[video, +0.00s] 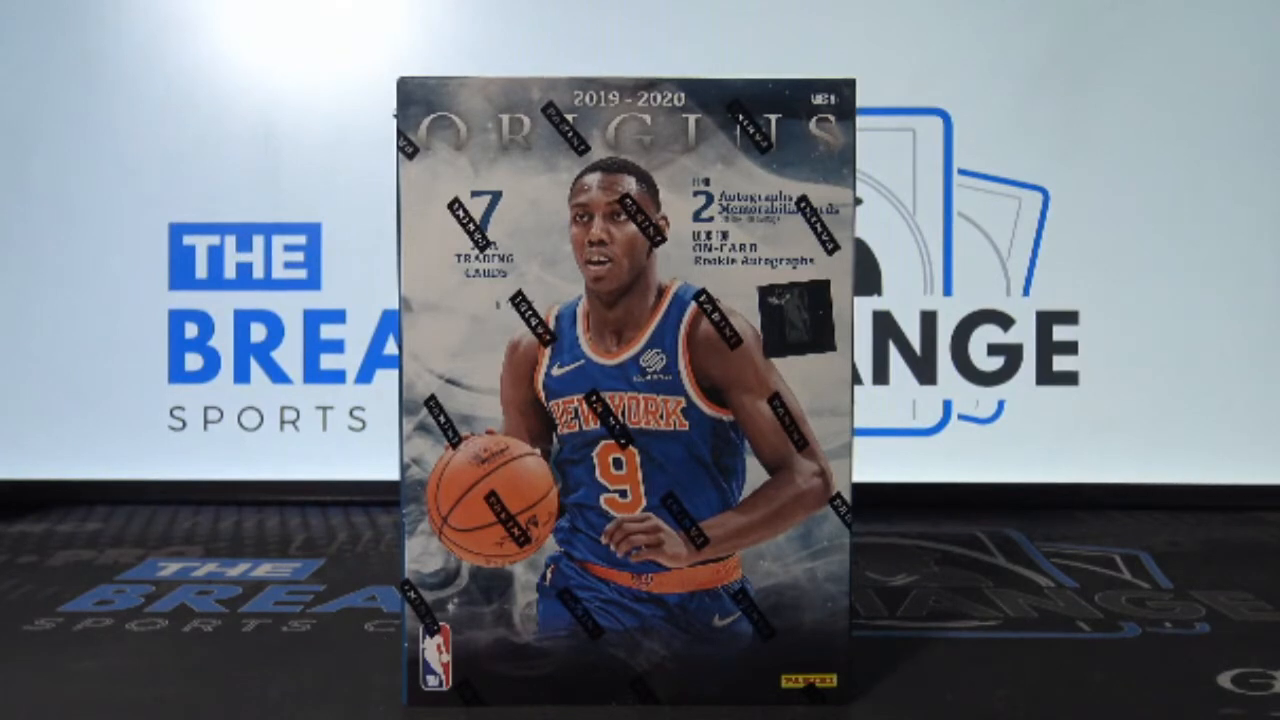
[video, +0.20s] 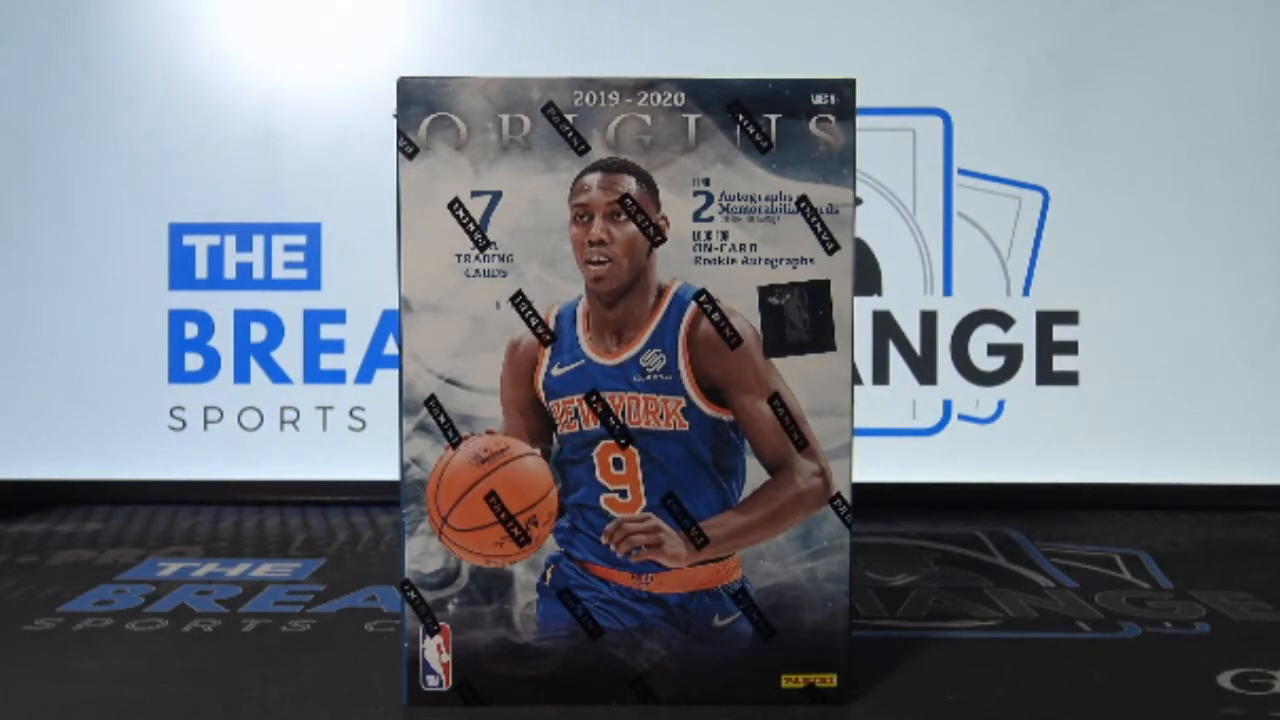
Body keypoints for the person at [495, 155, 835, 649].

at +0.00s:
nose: (595, 234)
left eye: (617, 216)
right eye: (582, 218)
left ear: (657, 230)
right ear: (570, 231)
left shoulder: (712, 334)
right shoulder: (534, 352)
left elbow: (809, 476)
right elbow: (525, 486)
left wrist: (694, 543)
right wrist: (478, 469)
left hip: (697, 611)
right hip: (583, 604)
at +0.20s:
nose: (595, 234)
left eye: (618, 216)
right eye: (582, 218)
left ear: (657, 230)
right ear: (570, 232)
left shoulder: (712, 333)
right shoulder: (534, 352)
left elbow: (809, 476)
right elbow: (526, 486)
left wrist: (694, 543)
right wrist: (479, 469)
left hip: (698, 612)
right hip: (583, 605)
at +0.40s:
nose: (595, 234)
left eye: (617, 216)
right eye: (581, 218)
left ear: (657, 229)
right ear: (569, 231)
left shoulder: (712, 334)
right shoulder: (534, 352)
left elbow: (809, 475)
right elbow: (526, 488)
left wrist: (694, 543)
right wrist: (479, 468)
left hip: (697, 612)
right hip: (582, 604)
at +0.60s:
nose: (595, 235)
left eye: (617, 216)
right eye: (582, 218)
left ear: (657, 229)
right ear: (570, 231)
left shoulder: (712, 334)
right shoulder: (534, 352)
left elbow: (809, 476)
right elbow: (525, 488)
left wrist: (695, 543)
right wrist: (475, 473)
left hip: (697, 612)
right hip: (582, 605)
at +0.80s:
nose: (595, 235)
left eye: (617, 216)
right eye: (582, 218)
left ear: (657, 229)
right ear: (570, 231)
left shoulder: (712, 334)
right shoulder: (534, 352)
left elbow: (809, 476)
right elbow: (525, 488)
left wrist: (695, 543)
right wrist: (475, 473)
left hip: (697, 612)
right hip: (582, 605)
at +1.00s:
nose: (595, 235)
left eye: (617, 216)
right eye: (582, 218)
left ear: (657, 229)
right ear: (570, 231)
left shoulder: (712, 334)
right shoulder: (534, 352)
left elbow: (810, 475)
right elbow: (526, 488)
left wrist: (695, 543)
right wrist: (476, 472)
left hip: (697, 613)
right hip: (582, 606)